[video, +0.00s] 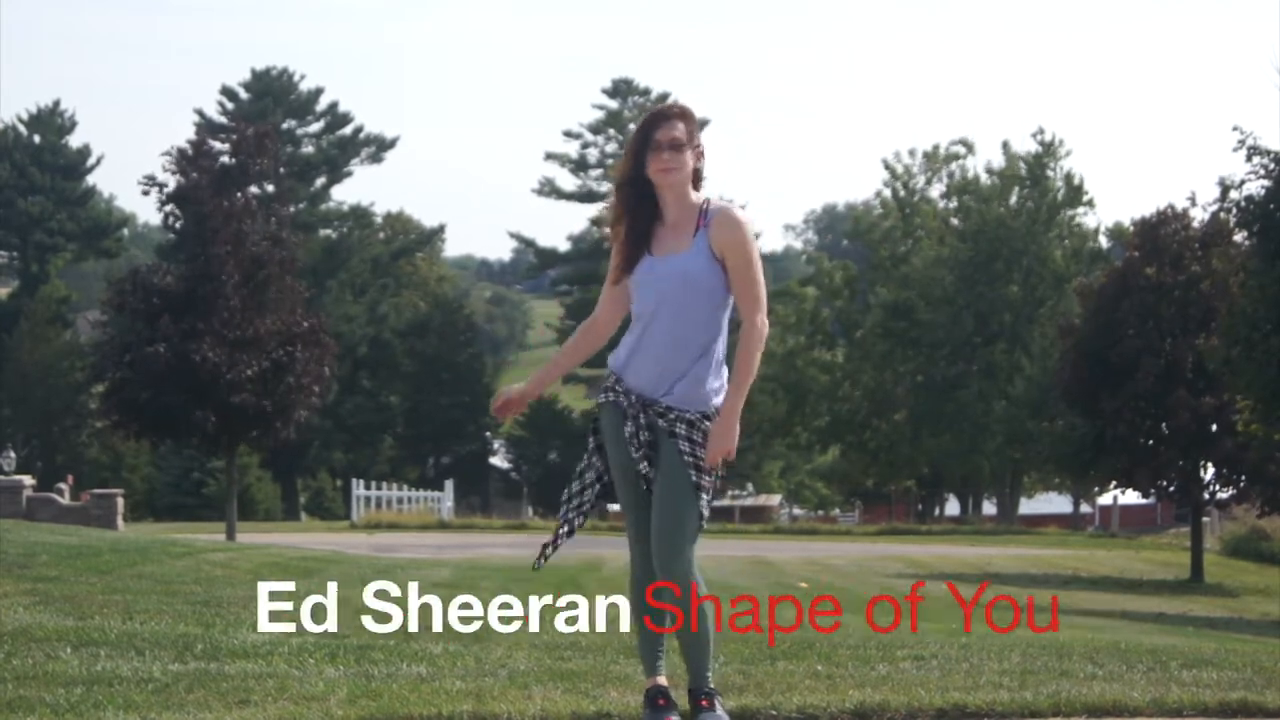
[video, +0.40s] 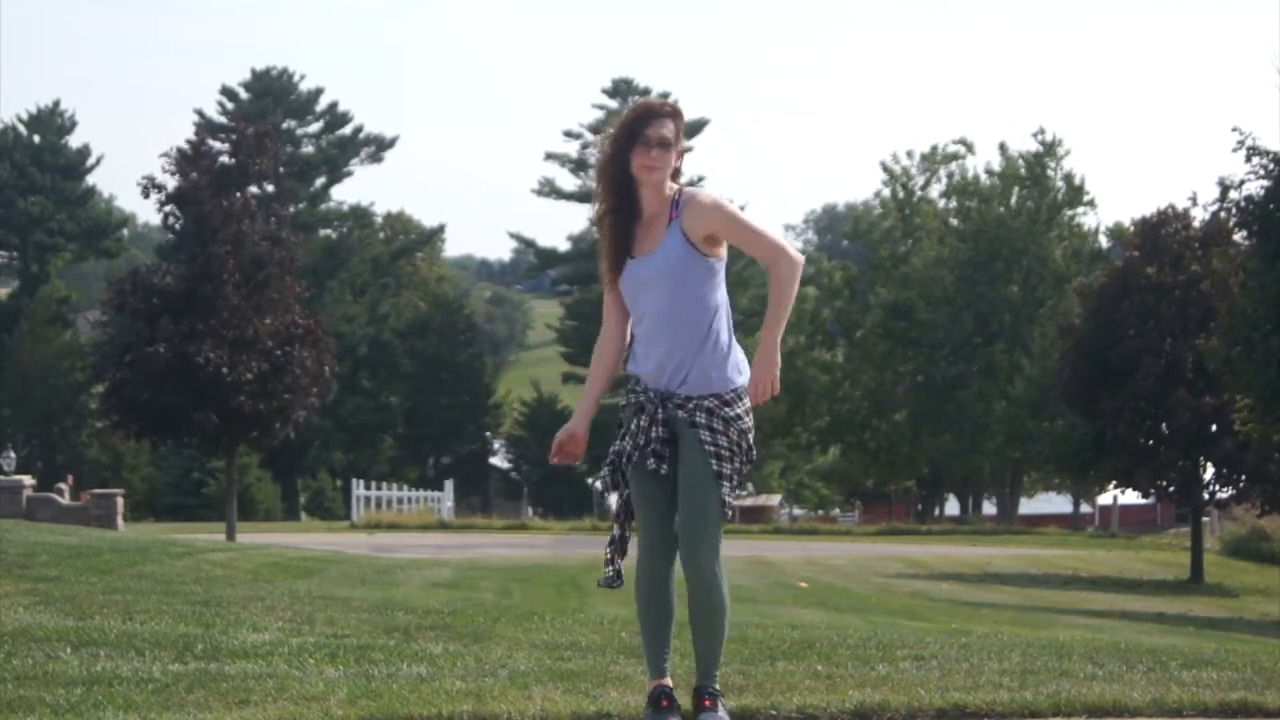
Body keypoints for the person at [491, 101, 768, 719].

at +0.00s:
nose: (669, 155)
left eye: (679, 145)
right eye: (658, 147)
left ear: (698, 155)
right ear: (641, 159)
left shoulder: (725, 225)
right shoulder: (633, 233)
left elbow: (756, 321)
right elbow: (604, 319)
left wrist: (732, 411)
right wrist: (536, 385)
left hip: (691, 411)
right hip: (625, 403)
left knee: (674, 557)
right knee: (643, 550)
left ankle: (702, 690)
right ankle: (655, 681)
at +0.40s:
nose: (658, 154)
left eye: (669, 145)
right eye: (648, 143)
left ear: (680, 155)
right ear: (625, 152)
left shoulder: (699, 209)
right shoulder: (618, 234)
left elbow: (786, 261)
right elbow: (613, 332)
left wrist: (767, 350)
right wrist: (582, 416)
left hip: (710, 402)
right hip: (650, 404)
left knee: (699, 550)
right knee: (653, 548)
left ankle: (708, 691)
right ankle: (660, 686)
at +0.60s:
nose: (659, 154)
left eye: (670, 145)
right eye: (650, 142)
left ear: (681, 154)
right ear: (628, 148)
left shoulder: (705, 210)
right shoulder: (604, 232)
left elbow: (808, 238)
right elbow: (609, 331)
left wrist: (822, 301)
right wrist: (606, 417)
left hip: (721, 395)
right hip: (648, 398)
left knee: (716, 552)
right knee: (659, 547)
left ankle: (710, 691)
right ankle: (660, 688)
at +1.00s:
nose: (670, 151)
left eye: (680, 142)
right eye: (660, 141)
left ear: (692, 153)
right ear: (639, 151)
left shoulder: (705, 232)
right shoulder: (607, 226)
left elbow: (760, 316)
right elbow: (554, 309)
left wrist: (836, 282)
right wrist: (568, 400)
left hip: (725, 401)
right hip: (658, 404)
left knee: (719, 551)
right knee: (684, 553)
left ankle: (712, 691)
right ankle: (664, 692)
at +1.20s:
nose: (671, 143)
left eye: (680, 134)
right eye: (659, 134)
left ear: (694, 144)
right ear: (639, 147)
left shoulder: (707, 225)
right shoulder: (614, 215)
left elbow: (730, 319)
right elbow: (530, 271)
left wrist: (812, 340)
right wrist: (513, 361)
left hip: (711, 401)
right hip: (650, 399)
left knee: (712, 544)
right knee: (667, 541)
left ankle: (712, 691)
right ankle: (663, 692)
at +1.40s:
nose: (670, 140)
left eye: (677, 130)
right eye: (657, 131)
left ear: (690, 140)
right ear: (634, 144)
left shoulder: (713, 220)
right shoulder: (612, 211)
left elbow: (729, 310)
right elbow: (530, 248)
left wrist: (714, 353)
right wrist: (497, 309)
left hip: (701, 396)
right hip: (635, 392)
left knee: (702, 543)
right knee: (650, 539)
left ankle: (710, 688)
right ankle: (660, 687)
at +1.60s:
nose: (659, 144)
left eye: (667, 135)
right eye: (647, 136)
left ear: (679, 146)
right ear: (623, 148)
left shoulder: (709, 218)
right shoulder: (598, 224)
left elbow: (736, 315)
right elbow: (550, 272)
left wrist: (659, 339)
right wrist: (579, 292)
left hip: (699, 397)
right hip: (626, 395)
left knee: (699, 547)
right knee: (640, 545)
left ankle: (706, 690)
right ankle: (658, 687)